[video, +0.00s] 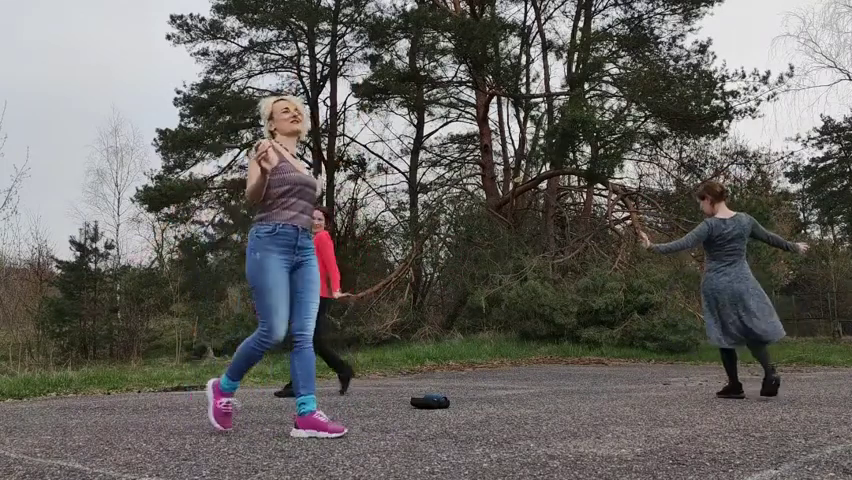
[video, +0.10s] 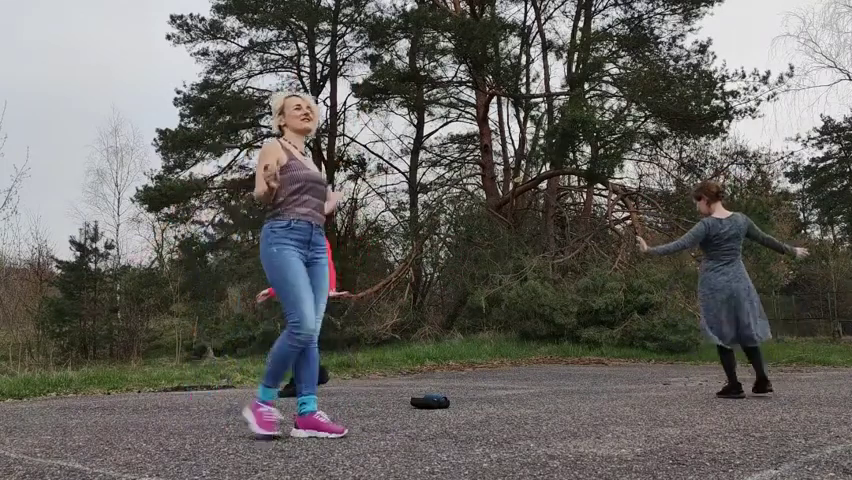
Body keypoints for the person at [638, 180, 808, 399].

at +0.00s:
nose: (700, 207)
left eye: (702, 201)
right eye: (700, 202)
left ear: (712, 200)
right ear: (720, 199)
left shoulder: (709, 225)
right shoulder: (744, 220)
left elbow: (684, 243)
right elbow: (769, 237)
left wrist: (652, 247)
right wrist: (793, 246)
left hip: (715, 283)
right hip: (742, 280)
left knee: (723, 334)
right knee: (751, 331)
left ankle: (733, 384)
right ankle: (770, 372)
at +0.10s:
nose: (698, 208)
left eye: (698, 202)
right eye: (697, 203)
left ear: (707, 200)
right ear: (716, 198)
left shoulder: (706, 224)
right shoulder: (740, 219)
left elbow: (681, 244)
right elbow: (764, 239)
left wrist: (650, 250)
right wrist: (791, 250)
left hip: (714, 283)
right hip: (739, 280)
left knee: (722, 334)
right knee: (746, 330)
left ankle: (733, 384)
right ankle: (762, 379)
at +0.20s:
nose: (695, 209)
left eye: (696, 204)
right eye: (694, 204)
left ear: (704, 201)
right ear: (713, 199)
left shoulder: (705, 225)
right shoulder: (738, 221)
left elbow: (679, 245)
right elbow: (762, 242)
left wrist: (648, 252)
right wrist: (787, 256)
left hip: (714, 284)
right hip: (738, 282)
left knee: (718, 333)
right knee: (739, 331)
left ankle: (733, 384)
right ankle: (736, 375)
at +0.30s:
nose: (692, 211)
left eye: (693, 206)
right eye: (691, 206)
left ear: (702, 203)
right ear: (710, 202)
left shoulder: (704, 225)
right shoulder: (734, 222)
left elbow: (679, 244)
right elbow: (756, 245)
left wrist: (647, 252)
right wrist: (782, 262)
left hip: (714, 285)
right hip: (735, 282)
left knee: (716, 333)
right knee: (732, 326)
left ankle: (734, 385)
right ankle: (714, 352)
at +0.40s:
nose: (689, 212)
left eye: (690, 207)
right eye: (689, 208)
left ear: (697, 204)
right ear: (709, 203)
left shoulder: (701, 224)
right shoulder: (731, 223)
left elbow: (675, 243)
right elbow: (752, 248)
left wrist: (644, 248)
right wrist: (775, 264)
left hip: (713, 281)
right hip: (733, 280)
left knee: (717, 332)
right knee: (708, 319)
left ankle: (733, 383)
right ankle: (689, 350)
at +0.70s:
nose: (677, 213)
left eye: (678, 209)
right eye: (676, 209)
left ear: (686, 206)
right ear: (695, 206)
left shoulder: (691, 224)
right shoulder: (714, 226)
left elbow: (668, 239)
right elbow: (729, 250)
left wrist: (636, 240)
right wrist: (747, 265)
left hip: (703, 285)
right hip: (715, 283)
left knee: (713, 334)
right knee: (697, 333)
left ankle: (733, 383)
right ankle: (694, 383)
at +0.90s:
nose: (665, 213)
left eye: (666, 208)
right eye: (664, 209)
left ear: (676, 205)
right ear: (683, 206)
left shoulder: (683, 223)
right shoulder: (700, 225)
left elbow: (667, 245)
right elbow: (709, 255)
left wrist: (642, 257)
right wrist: (717, 275)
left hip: (693, 282)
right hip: (702, 280)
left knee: (693, 335)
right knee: (693, 335)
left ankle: (726, 379)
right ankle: (693, 384)